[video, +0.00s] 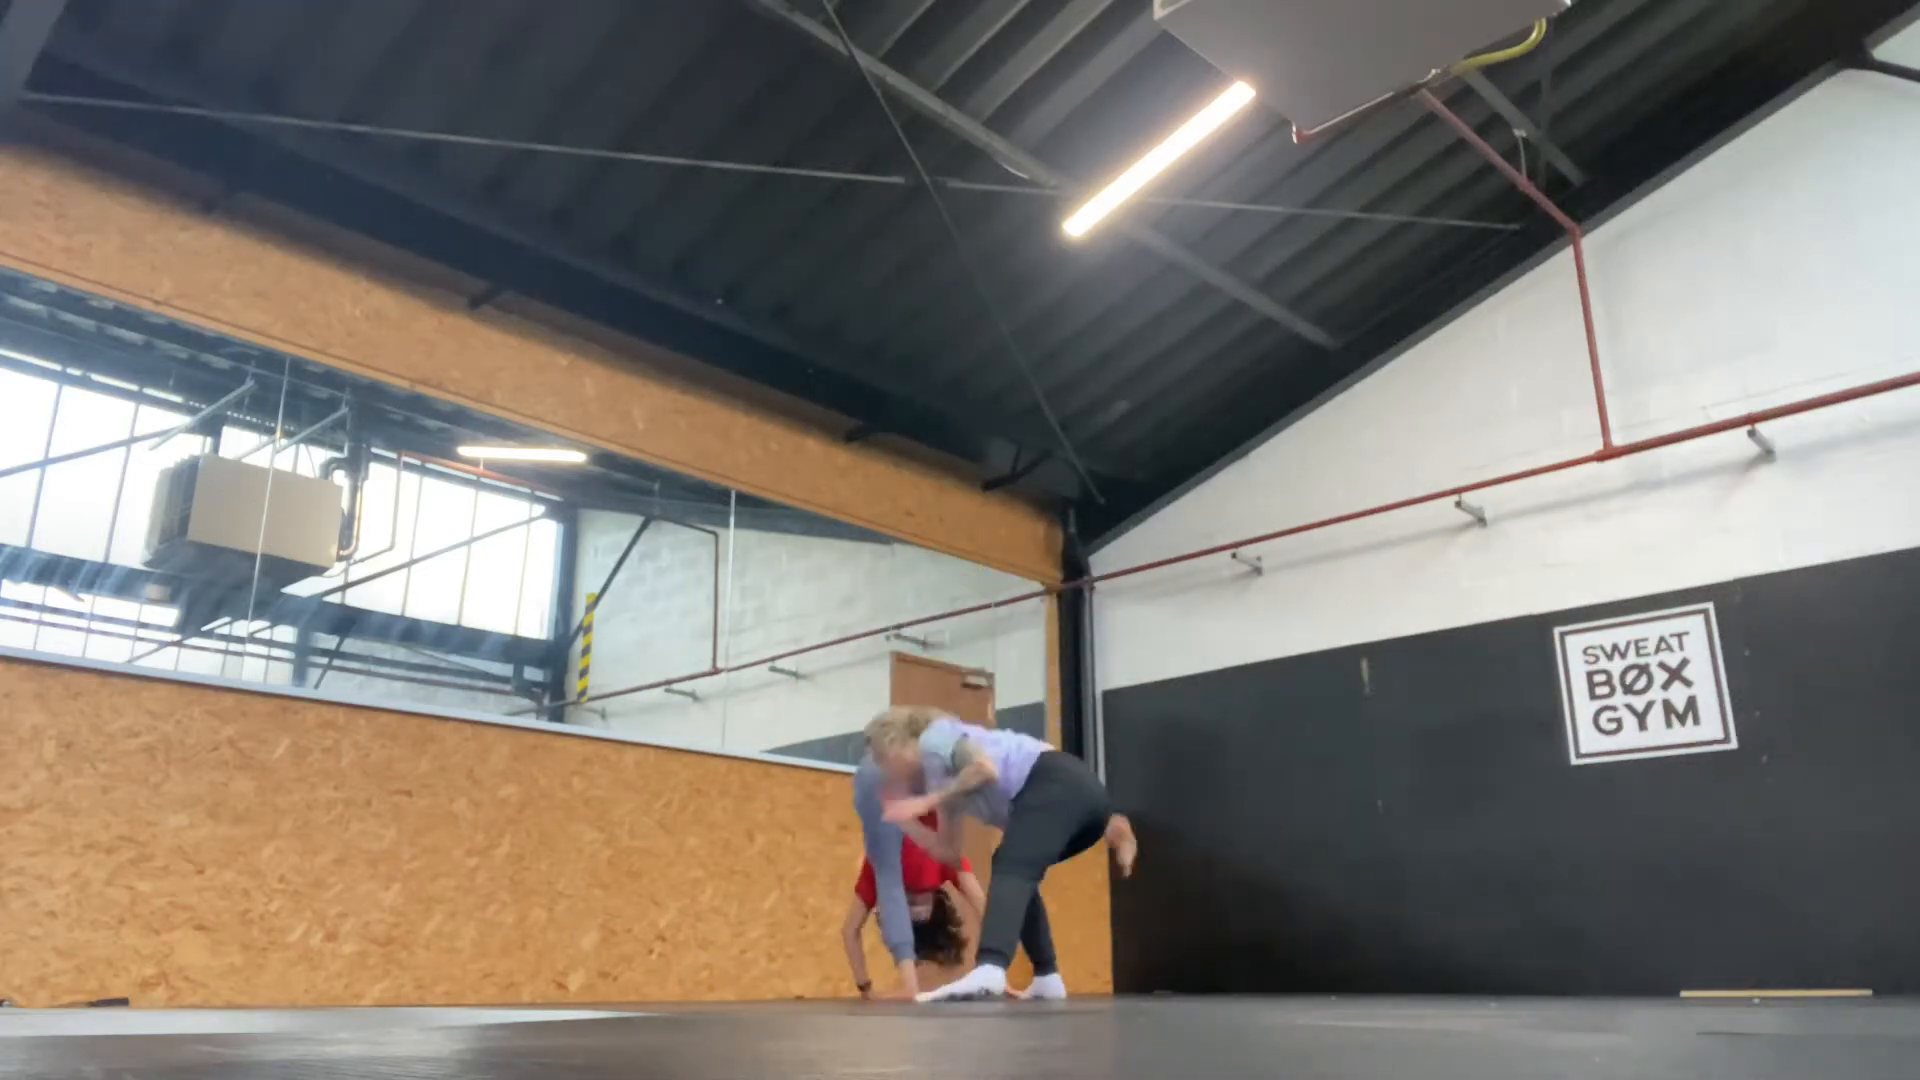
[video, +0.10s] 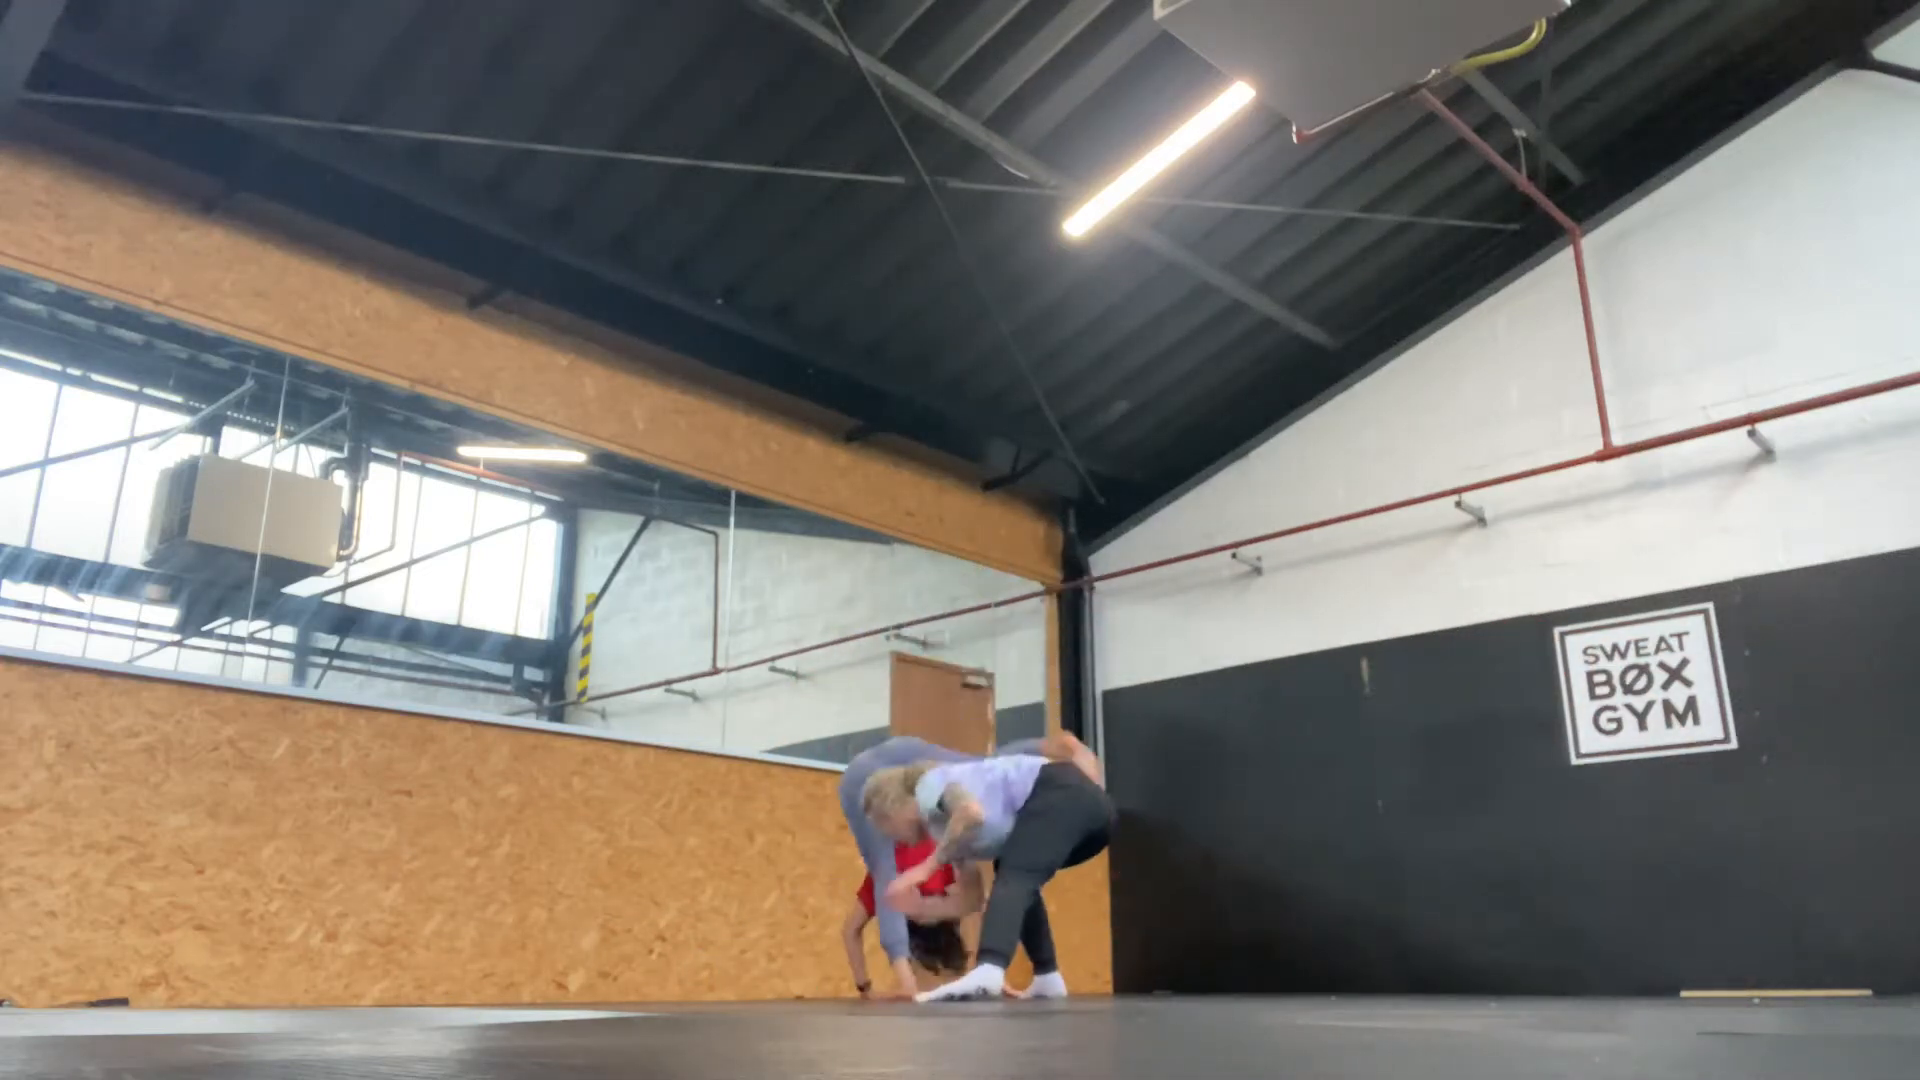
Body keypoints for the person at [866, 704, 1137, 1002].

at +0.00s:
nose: (886, 772)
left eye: (884, 760)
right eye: (881, 763)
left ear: (901, 744)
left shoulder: (936, 737)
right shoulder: (944, 781)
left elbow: (985, 771)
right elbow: (949, 854)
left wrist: (927, 801)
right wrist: (903, 821)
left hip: (1059, 781)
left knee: (1010, 867)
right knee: (1018, 877)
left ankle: (990, 969)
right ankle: (1047, 979)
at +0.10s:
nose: (889, 836)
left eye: (884, 824)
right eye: (882, 829)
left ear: (897, 805)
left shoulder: (930, 784)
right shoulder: (950, 827)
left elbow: (971, 814)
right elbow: (969, 901)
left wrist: (930, 865)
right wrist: (919, 907)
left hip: (1066, 795)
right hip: (1097, 813)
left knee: (1013, 875)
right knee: (1017, 879)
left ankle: (989, 971)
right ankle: (1048, 978)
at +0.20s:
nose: (904, 875)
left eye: (897, 864)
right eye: (896, 869)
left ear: (903, 842)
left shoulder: (934, 819)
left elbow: (954, 873)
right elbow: (987, 904)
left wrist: (932, 932)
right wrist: (973, 958)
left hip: (1065, 805)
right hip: (1099, 818)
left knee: (1017, 883)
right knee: (1026, 887)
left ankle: (991, 972)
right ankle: (1048, 977)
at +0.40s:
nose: (930, 845)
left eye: (931, 841)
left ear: (938, 837)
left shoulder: (945, 840)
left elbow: (948, 907)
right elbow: (1068, 891)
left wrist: (956, 971)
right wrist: (1068, 957)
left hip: (1050, 839)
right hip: (1099, 853)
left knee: (994, 910)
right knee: (1032, 898)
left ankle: (990, 974)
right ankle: (1047, 974)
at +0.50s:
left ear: (968, 811)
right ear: (1004, 802)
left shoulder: (965, 821)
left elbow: (952, 896)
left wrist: (955, 963)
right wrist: (1098, 977)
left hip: (1041, 863)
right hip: (1090, 878)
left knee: (960, 917)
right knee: (1029, 904)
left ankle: (978, 967)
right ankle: (1048, 966)